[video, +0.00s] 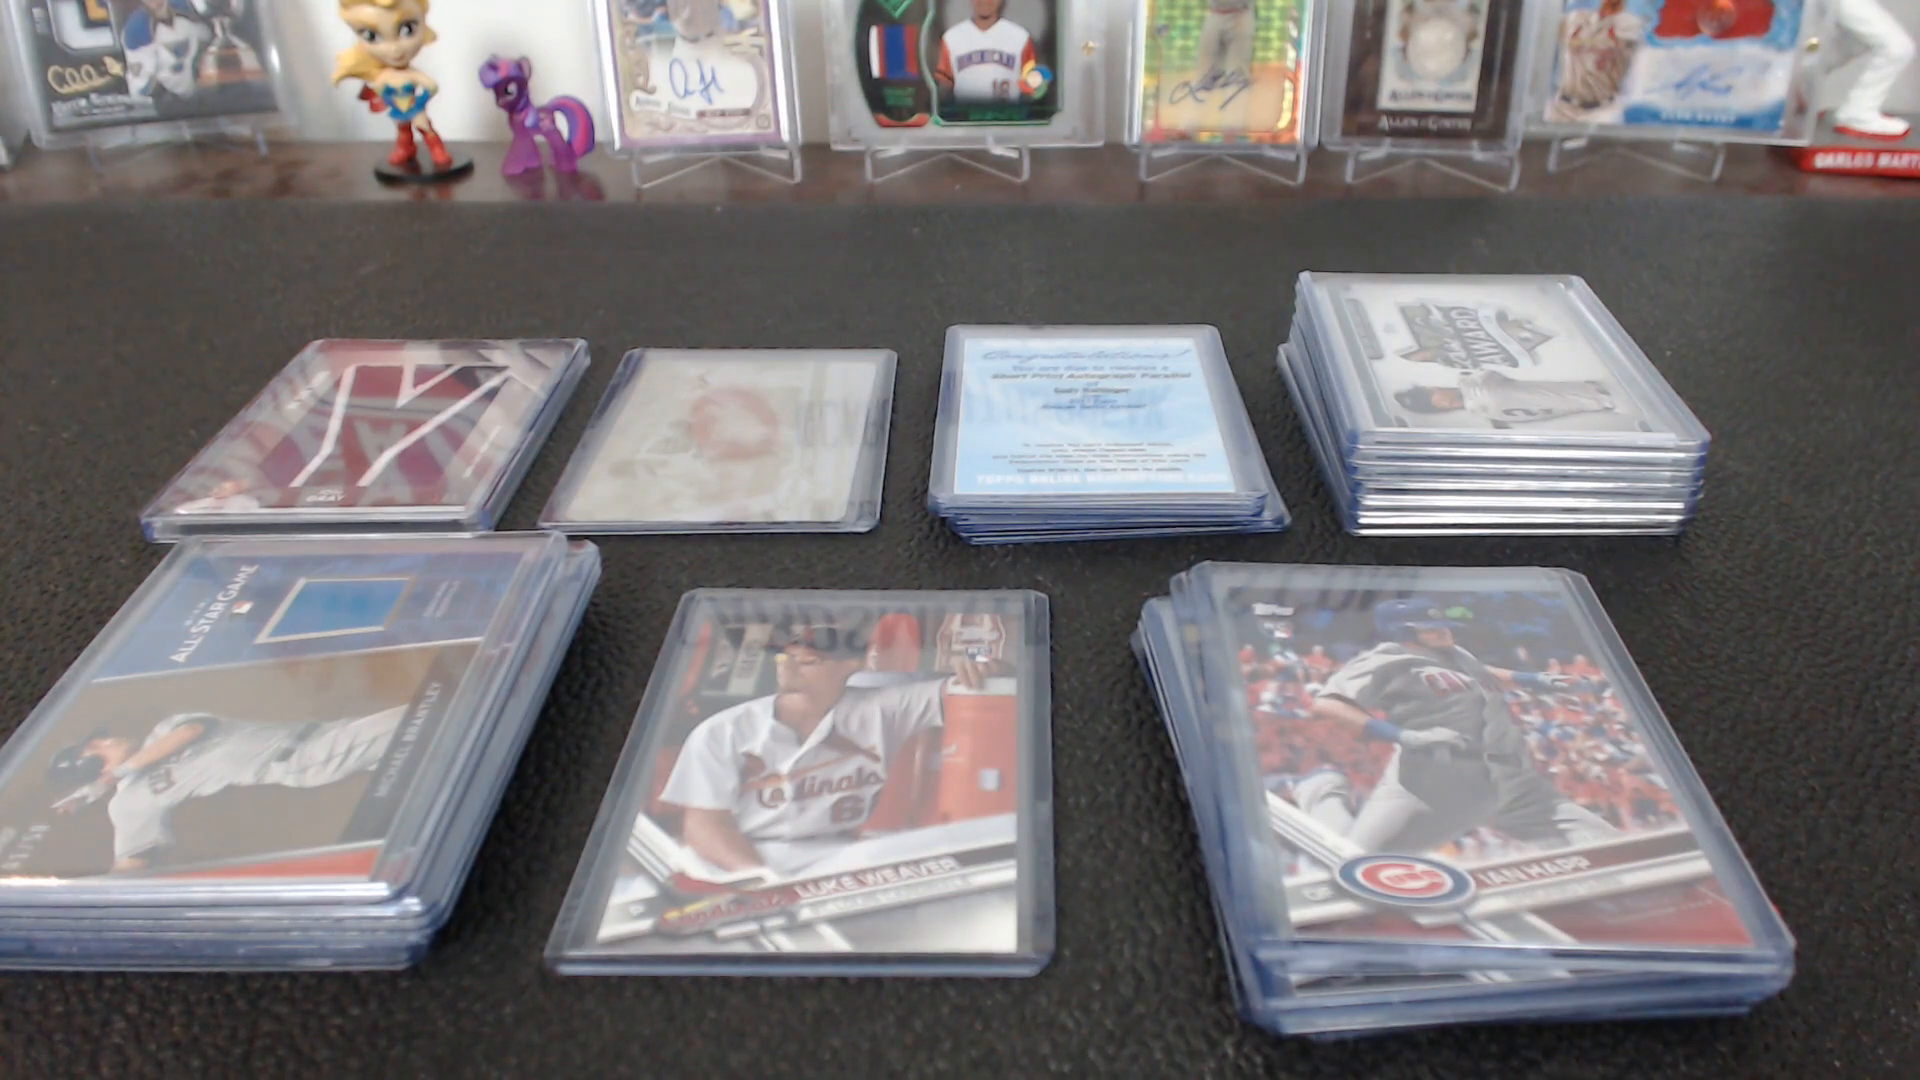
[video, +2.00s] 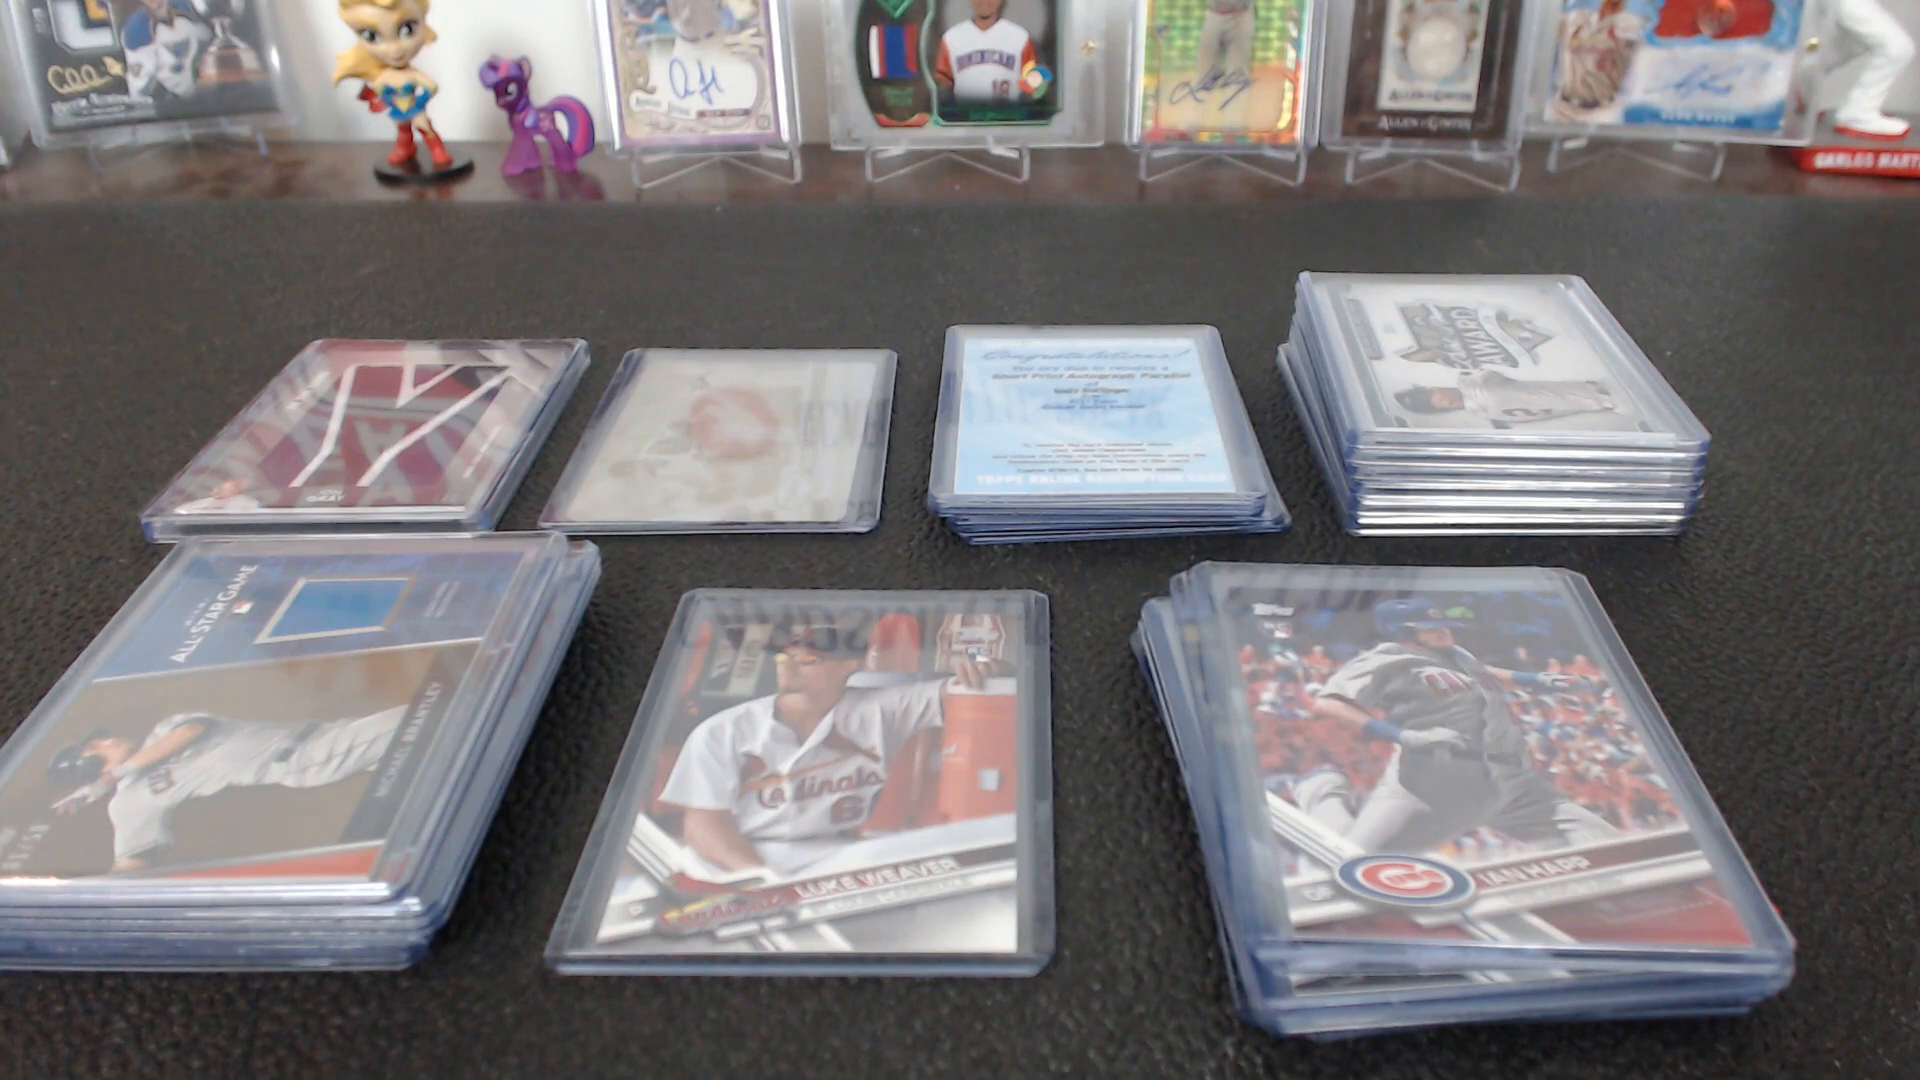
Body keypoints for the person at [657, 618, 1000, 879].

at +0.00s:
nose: (798, 655)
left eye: (820, 645)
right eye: (789, 643)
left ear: (853, 660)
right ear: (776, 654)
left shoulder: (877, 712)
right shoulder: (720, 735)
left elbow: (962, 689)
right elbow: (703, 829)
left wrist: (975, 670)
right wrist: (767, 883)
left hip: (828, 866)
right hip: (731, 870)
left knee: (891, 850)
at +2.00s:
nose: (797, 657)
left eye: (818, 647)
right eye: (789, 644)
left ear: (853, 664)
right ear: (776, 655)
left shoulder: (875, 716)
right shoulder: (720, 735)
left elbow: (954, 691)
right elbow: (703, 828)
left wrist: (973, 674)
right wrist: (767, 883)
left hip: (827, 866)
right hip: (730, 870)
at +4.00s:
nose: (794, 657)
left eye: (816, 647)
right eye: (787, 645)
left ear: (853, 663)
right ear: (776, 655)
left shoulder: (875, 714)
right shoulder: (720, 735)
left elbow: (958, 690)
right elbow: (703, 830)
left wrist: (974, 671)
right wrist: (768, 885)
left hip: (828, 868)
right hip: (730, 872)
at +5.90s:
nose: (794, 657)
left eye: (816, 650)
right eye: (788, 645)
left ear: (854, 664)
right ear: (777, 654)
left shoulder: (875, 714)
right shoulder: (722, 735)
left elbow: (955, 692)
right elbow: (703, 830)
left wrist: (975, 675)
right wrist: (770, 884)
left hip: (826, 874)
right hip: (725, 879)